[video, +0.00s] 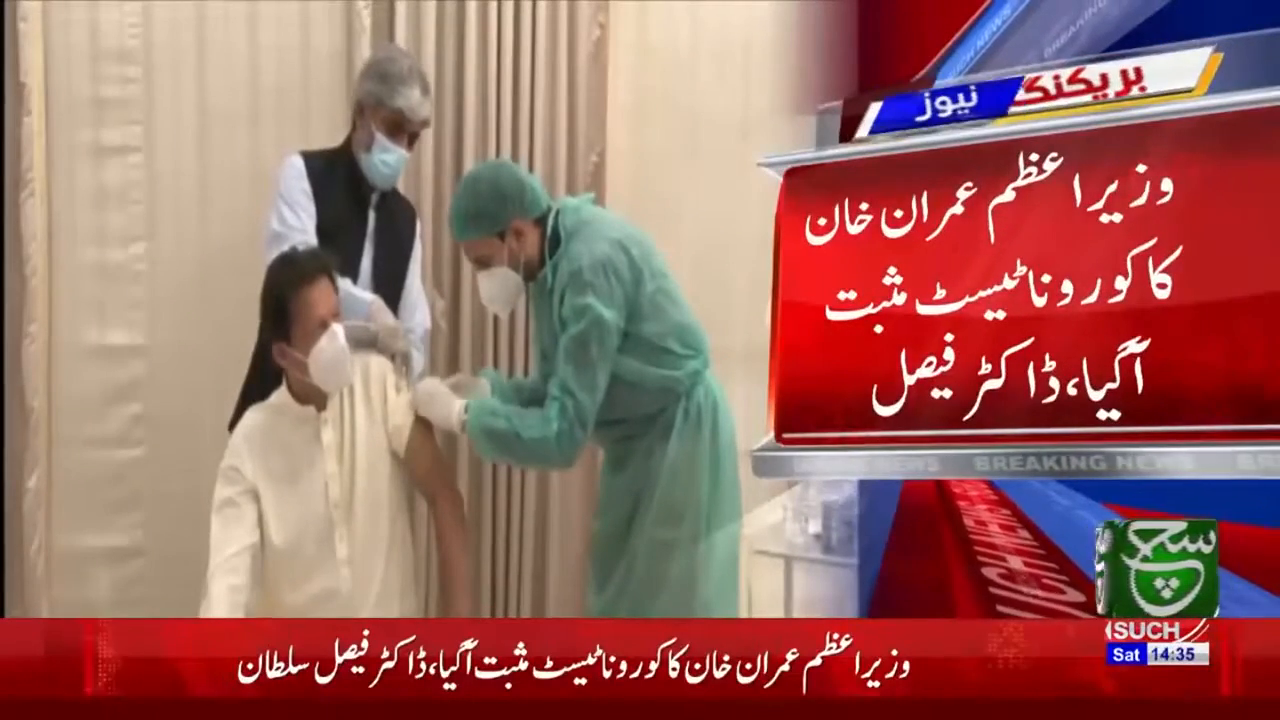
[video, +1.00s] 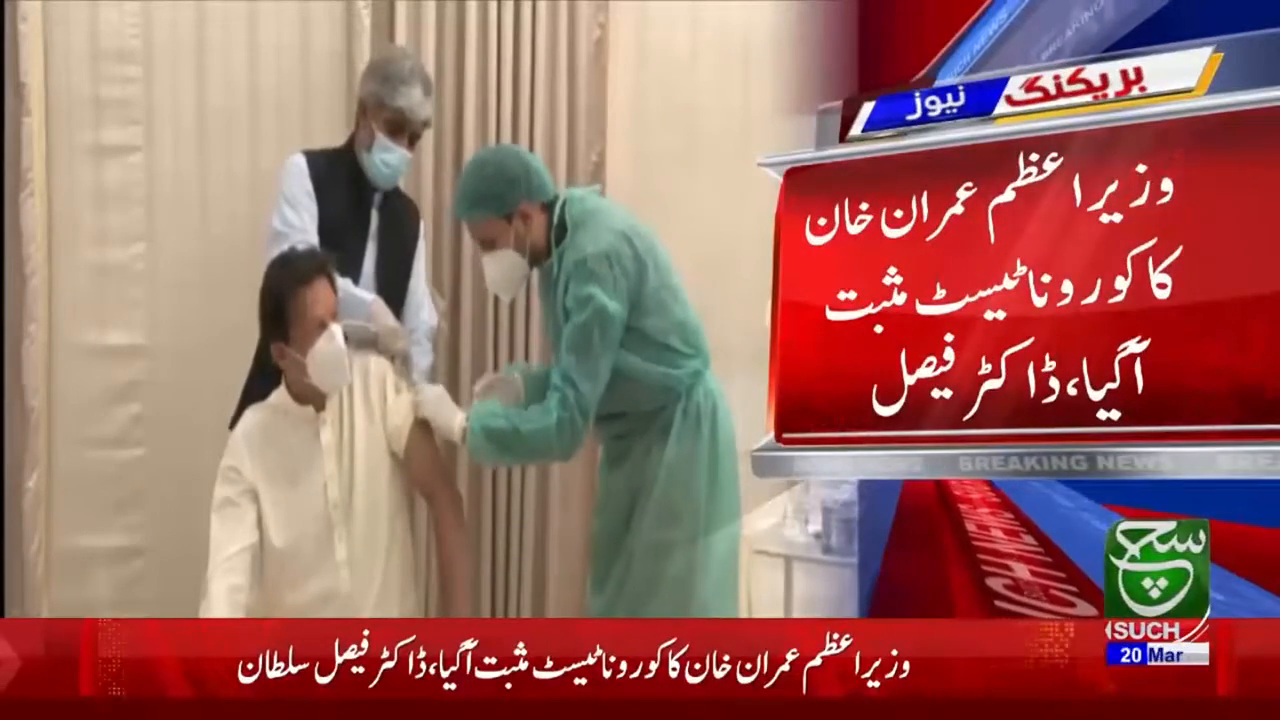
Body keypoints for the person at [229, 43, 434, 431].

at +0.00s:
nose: (402, 149)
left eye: (413, 138)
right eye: (393, 131)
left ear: (422, 135)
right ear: (362, 115)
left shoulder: (404, 216)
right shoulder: (304, 172)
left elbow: (414, 316)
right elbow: (293, 268)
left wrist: (404, 390)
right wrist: (370, 309)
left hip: (370, 388)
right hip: (296, 377)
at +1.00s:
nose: (402, 151)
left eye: (414, 139)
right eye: (393, 132)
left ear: (423, 137)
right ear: (364, 116)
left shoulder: (408, 216)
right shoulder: (307, 171)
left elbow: (419, 318)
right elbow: (292, 267)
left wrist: (411, 395)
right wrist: (369, 309)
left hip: (372, 389)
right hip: (298, 378)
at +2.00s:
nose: (406, 153)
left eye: (420, 143)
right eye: (398, 134)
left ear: (430, 143)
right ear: (370, 116)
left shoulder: (412, 217)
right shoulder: (314, 172)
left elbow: (424, 318)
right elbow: (294, 268)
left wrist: (419, 398)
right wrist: (371, 311)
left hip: (372, 391)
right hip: (298, 376)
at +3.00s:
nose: (351, 77)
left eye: (364, 59)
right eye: (335, 57)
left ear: (377, 56)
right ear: (297, 50)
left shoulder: (377, 169)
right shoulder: (242, 126)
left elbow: (396, 303)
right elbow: (231, 248)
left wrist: (376, 379)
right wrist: (332, 297)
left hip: (335, 398)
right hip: (237, 385)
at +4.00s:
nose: (351, 78)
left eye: (364, 62)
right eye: (334, 59)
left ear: (377, 62)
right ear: (299, 52)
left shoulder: (378, 173)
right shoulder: (242, 129)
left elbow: (394, 307)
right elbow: (232, 253)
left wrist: (373, 393)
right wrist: (335, 299)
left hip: (332, 401)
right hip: (237, 385)